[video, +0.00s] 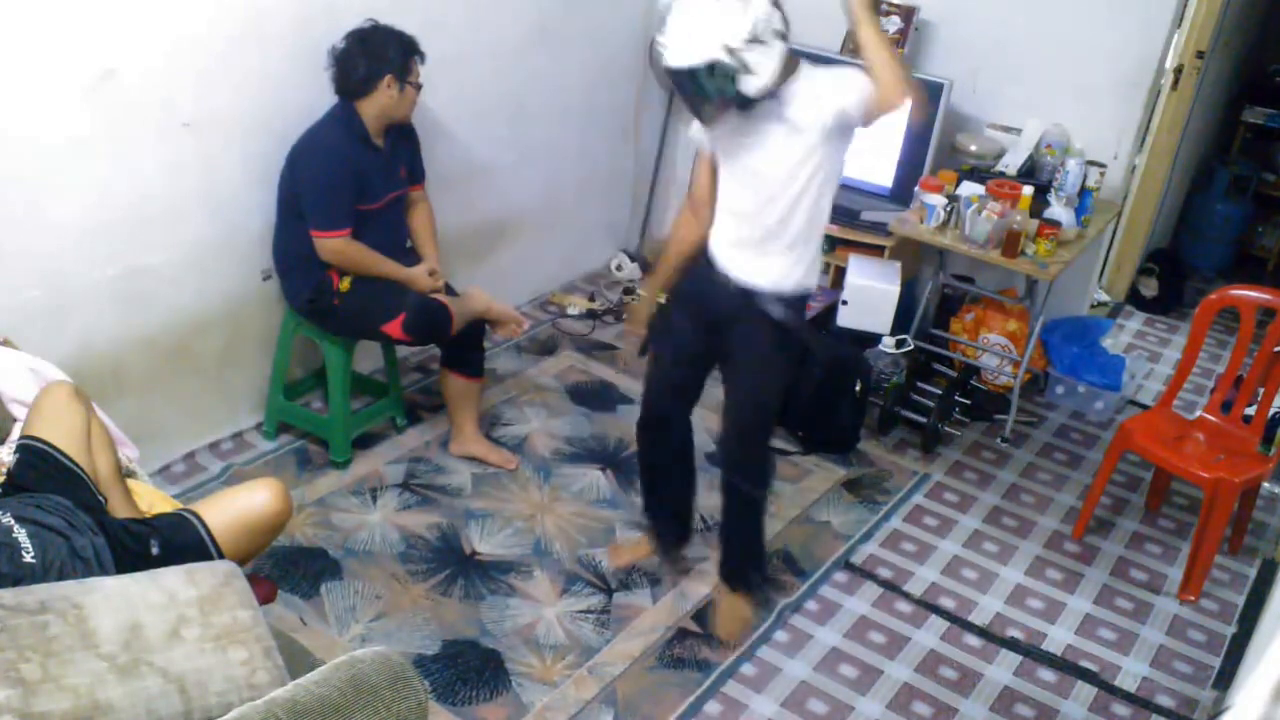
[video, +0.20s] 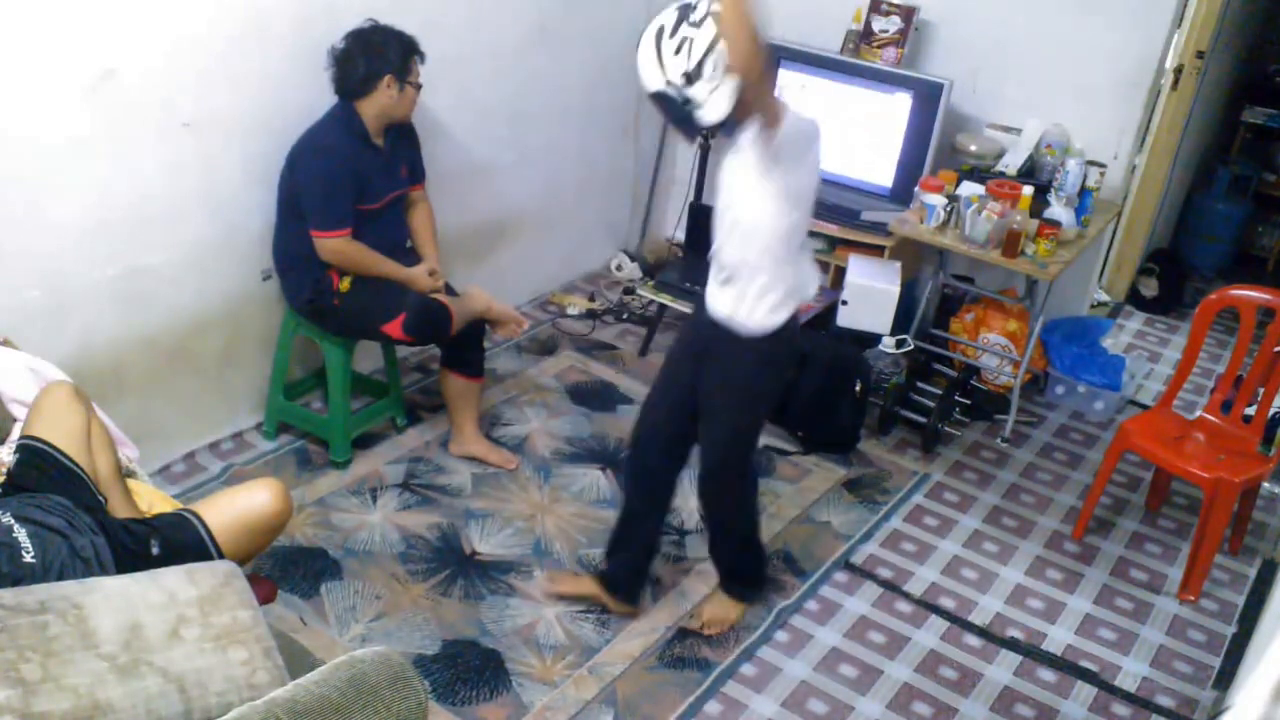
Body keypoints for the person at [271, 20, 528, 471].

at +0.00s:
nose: (419, 95)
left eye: (419, 86)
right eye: (416, 86)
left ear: (387, 86)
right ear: (388, 86)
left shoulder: (399, 132)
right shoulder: (326, 151)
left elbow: (417, 203)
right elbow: (332, 249)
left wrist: (429, 260)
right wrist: (407, 276)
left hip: (387, 266)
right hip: (326, 283)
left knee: (466, 322)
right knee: (425, 323)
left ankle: (465, 435)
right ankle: (477, 304)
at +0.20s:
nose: (419, 95)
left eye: (419, 86)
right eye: (416, 86)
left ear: (387, 86)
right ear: (387, 87)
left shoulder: (399, 131)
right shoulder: (325, 151)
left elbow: (417, 202)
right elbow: (332, 249)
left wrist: (429, 260)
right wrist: (407, 276)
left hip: (388, 266)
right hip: (327, 283)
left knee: (466, 322)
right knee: (426, 324)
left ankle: (466, 435)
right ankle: (477, 304)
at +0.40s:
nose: (419, 95)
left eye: (419, 86)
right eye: (416, 86)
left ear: (387, 87)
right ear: (387, 87)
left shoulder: (399, 131)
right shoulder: (326, 150)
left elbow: (417, 202)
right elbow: (332, 249)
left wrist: (429, 259)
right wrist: (407, 276)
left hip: (388, 265)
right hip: (327, 283)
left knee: (465, 321)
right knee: (425, 323)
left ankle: (466, 435)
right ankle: (477, 304)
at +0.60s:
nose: (419, 95)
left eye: (419, 86)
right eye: (416, 86)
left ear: (387, 87)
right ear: (388, 87)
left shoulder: (399, 130)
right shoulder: (325, 152)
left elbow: (417, 202)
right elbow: (333, 249)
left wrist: (429, 258)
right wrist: (407, 276)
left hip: (388, 265)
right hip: (327, 283)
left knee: (465, 321)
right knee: (422, 324)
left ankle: (466, 435)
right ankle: (477, 304)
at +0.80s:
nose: (419, 95)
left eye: (419, 86)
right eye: (416, 86)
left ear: (387, 87)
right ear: (387, 87)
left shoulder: (399, 130)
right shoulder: (325, 151)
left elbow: (417, 202)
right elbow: (332, 249)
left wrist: (429, 259)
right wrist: (407, 276)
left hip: (388, 265)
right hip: (327, 284)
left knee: (466, 321)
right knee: (426, 323)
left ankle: (466, 435)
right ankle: (478, 304)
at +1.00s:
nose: (419, 96)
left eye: (419, 87)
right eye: (416, 86)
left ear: (386, 86)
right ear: (388, 87)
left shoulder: (399, 130)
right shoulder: (326, 150)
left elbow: (417, 202)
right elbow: (332, 249)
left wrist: (429, 261)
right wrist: (407, 275)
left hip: (387, 266)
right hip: (326, 284)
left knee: (466, 323)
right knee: (426, 323)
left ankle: (466, 435)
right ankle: (476, 304)